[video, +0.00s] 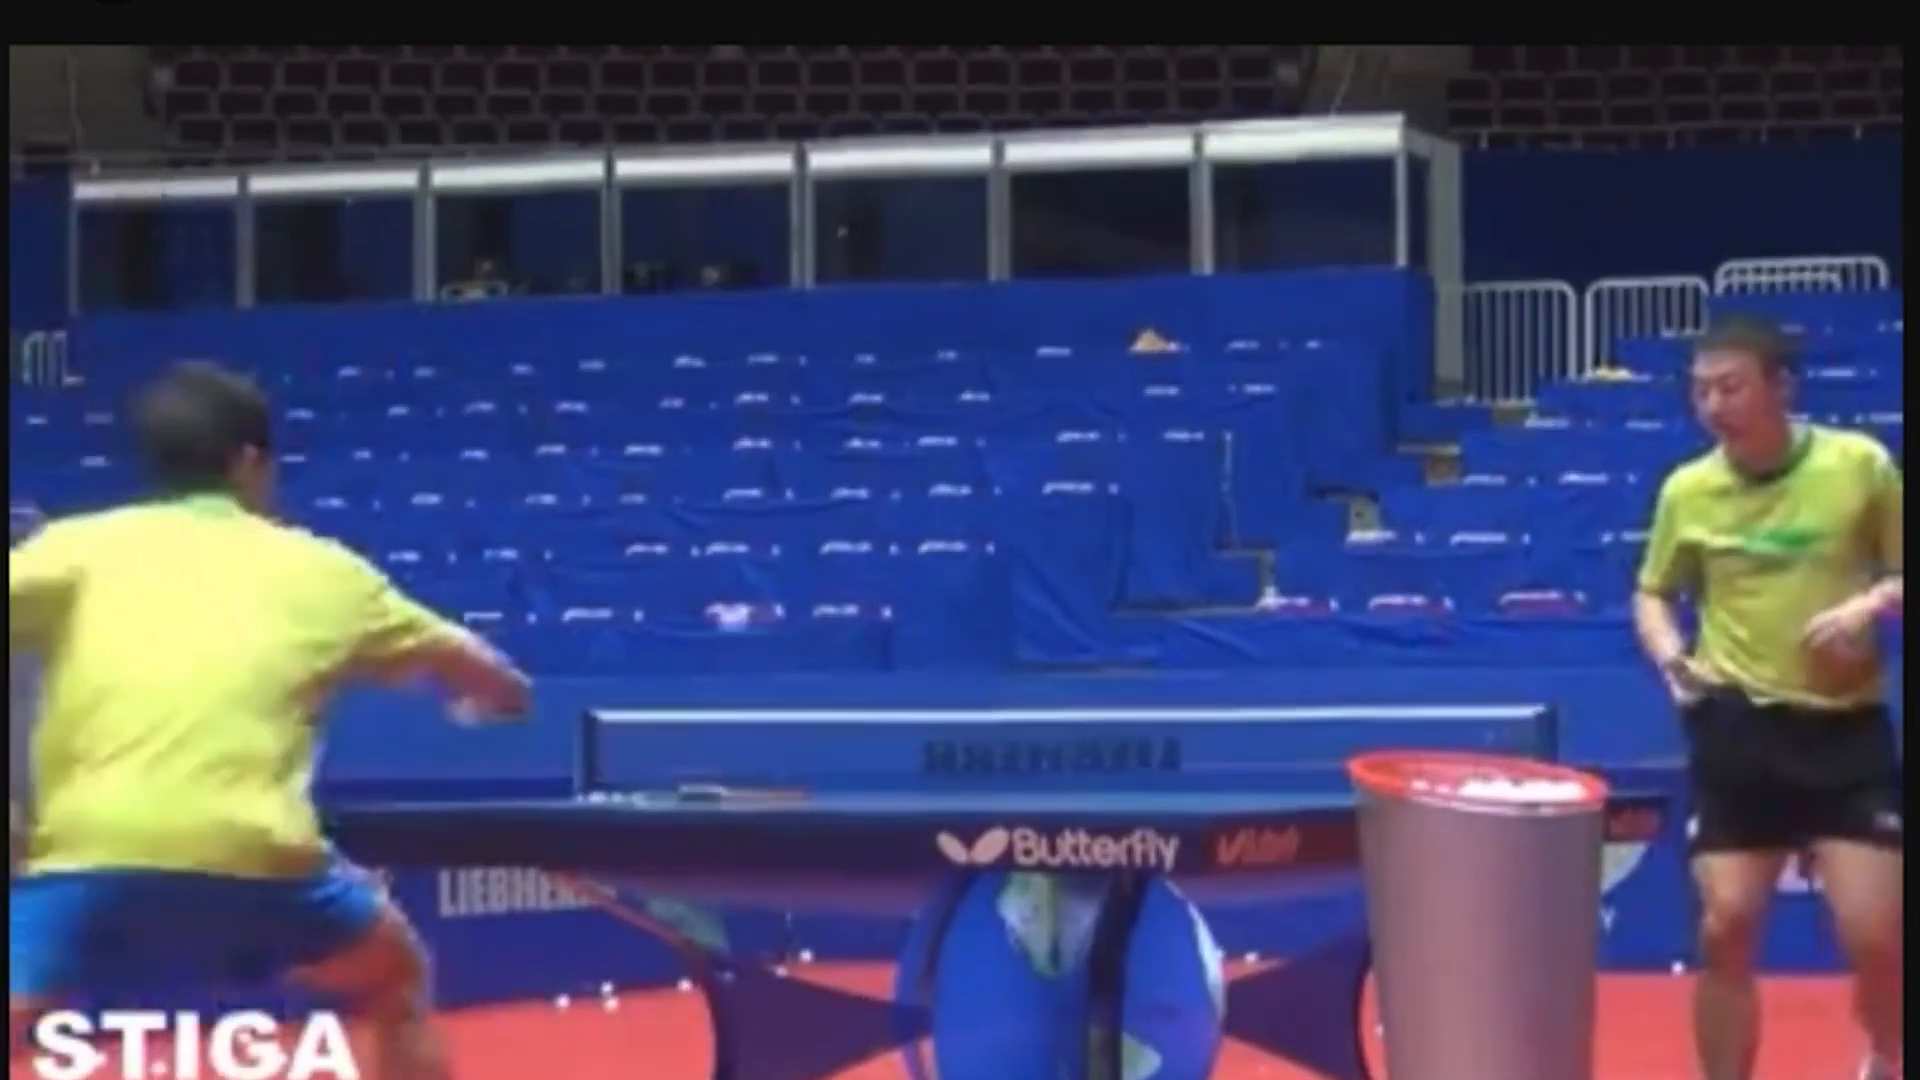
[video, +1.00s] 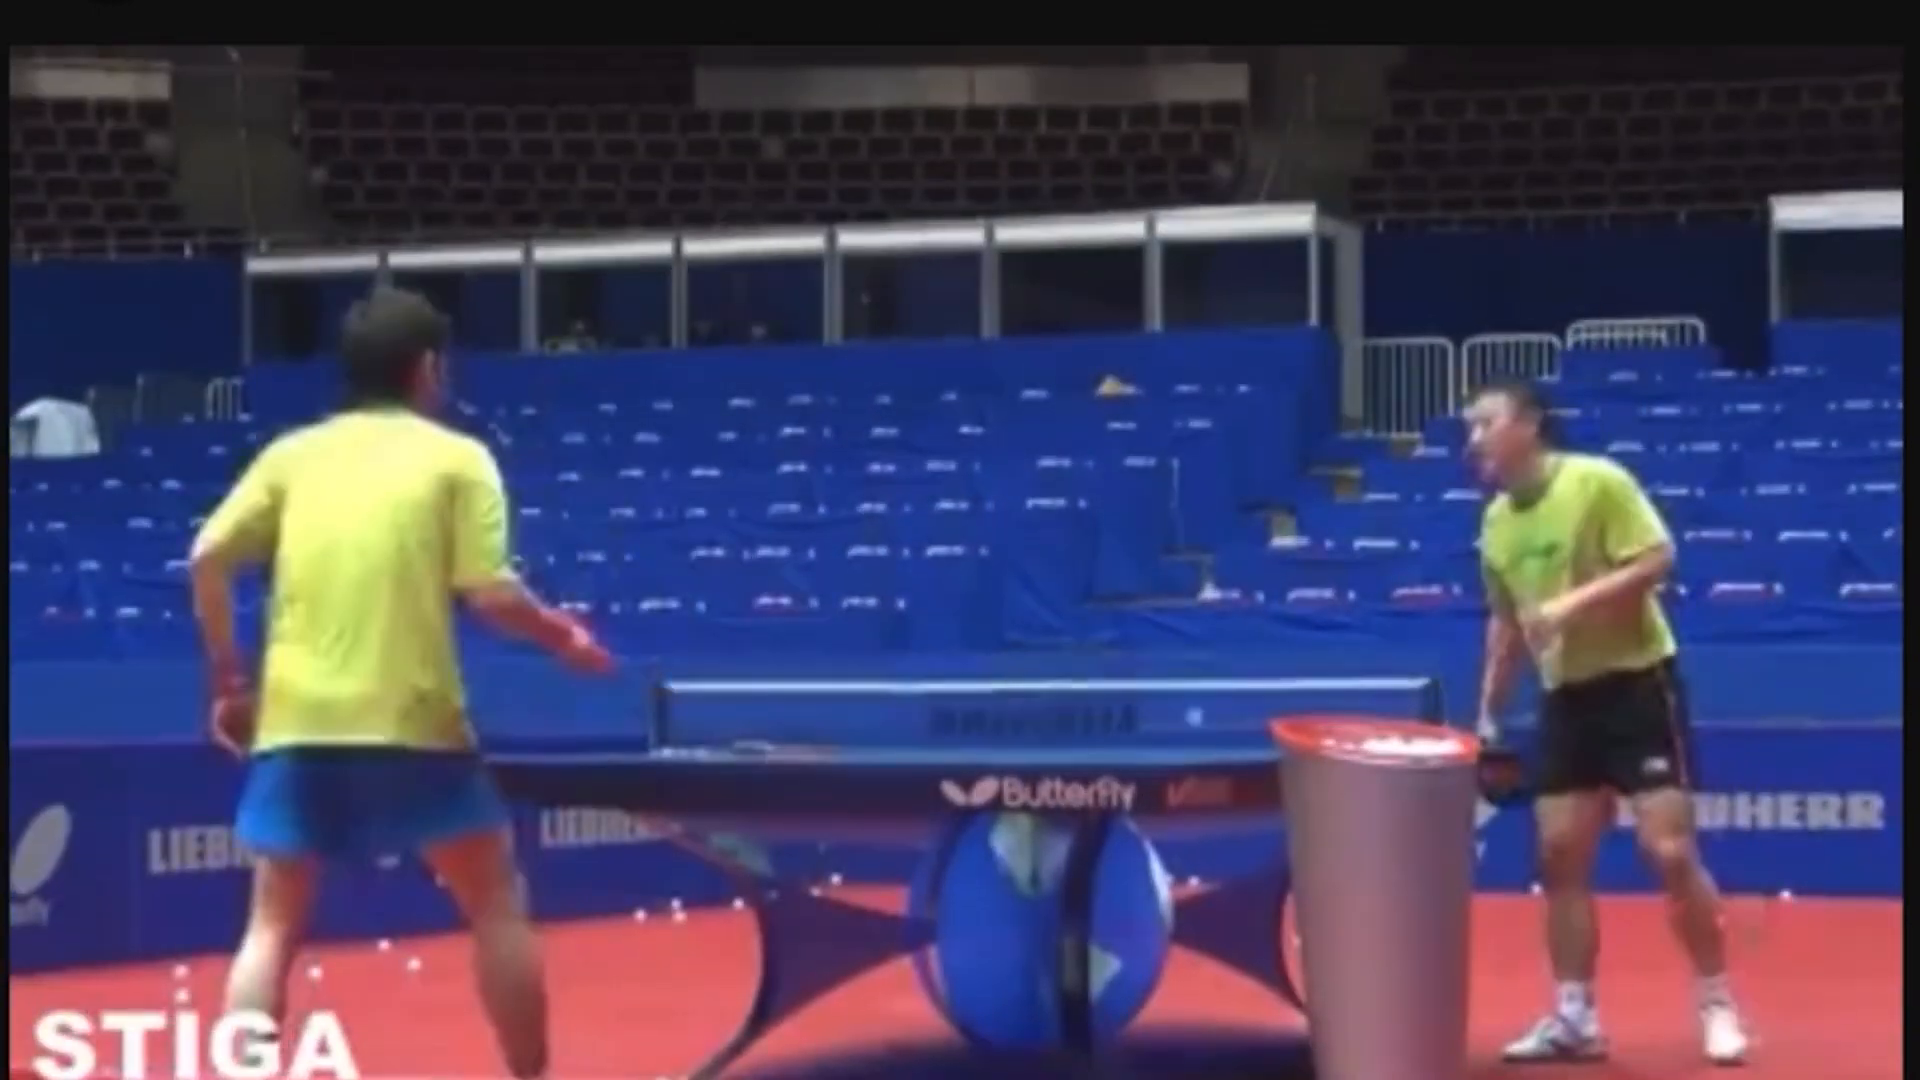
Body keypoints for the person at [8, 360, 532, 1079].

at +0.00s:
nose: (274, 476)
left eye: (271, 458)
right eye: (270, 459)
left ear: (156, 462)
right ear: (247, 465)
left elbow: (13, 591)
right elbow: (473, 665)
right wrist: (502, 697)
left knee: (20, 1034)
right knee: (397, 991)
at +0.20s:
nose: (474, 512)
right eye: (470, 499)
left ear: (375, 499)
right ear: (456, 508)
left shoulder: (318, 557)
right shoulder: (511, 604)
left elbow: (247, 610)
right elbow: (632, 705)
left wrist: (233, 764)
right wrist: (631, 727)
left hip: (313, 821)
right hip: (450, 830)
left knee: (200, 1007)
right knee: (533, 973)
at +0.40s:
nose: (582, 483)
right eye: (580, 475)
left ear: (493, 477)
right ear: (569, 482)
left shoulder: (447, 518)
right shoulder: (603, 569)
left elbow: (364, 555)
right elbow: (705, 666)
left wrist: (339, 677)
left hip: (405, 744)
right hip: (522, 759)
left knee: (329, 923)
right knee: (580, 921)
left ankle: (276, 1060)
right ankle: (562, 1069)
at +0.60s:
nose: (571, 459)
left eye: (567, 446)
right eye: (569, 448)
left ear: (479, 446)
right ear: (556, 453)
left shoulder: (430, 490)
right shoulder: (589, 537)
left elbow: (343, 530)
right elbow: (696, 651)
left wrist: (320, 656)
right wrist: (696, 673)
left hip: (387, 718)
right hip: (503, 735)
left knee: (315, 908)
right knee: (553, 917)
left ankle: (271, 1062)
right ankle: (557, 1069)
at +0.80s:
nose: (495, 420)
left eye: (492, 409)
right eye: (493, 409)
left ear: (405, 411)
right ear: (479, 414)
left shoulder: (347, 479)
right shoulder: (520, 500)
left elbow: (262, 551)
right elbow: (601, 618)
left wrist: (264, 681)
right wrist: (634, 661)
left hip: (338, 727)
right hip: (459, 733)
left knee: (293, 923)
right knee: (519, 923)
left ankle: (246, 1063)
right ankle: (548, 1069)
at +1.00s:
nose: (444, 376)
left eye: (439, 362)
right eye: (441, 363)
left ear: (354, 370)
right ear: (424, 369)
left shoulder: (294, 454)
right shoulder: (459, 458)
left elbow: (208, 558)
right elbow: (488, 589)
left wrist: (229, 681)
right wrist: (563, 637)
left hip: (293, 729)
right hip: (412, 729)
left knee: (271, 924)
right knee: (495, 906)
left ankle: (239, 1069)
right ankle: (531, 1067)